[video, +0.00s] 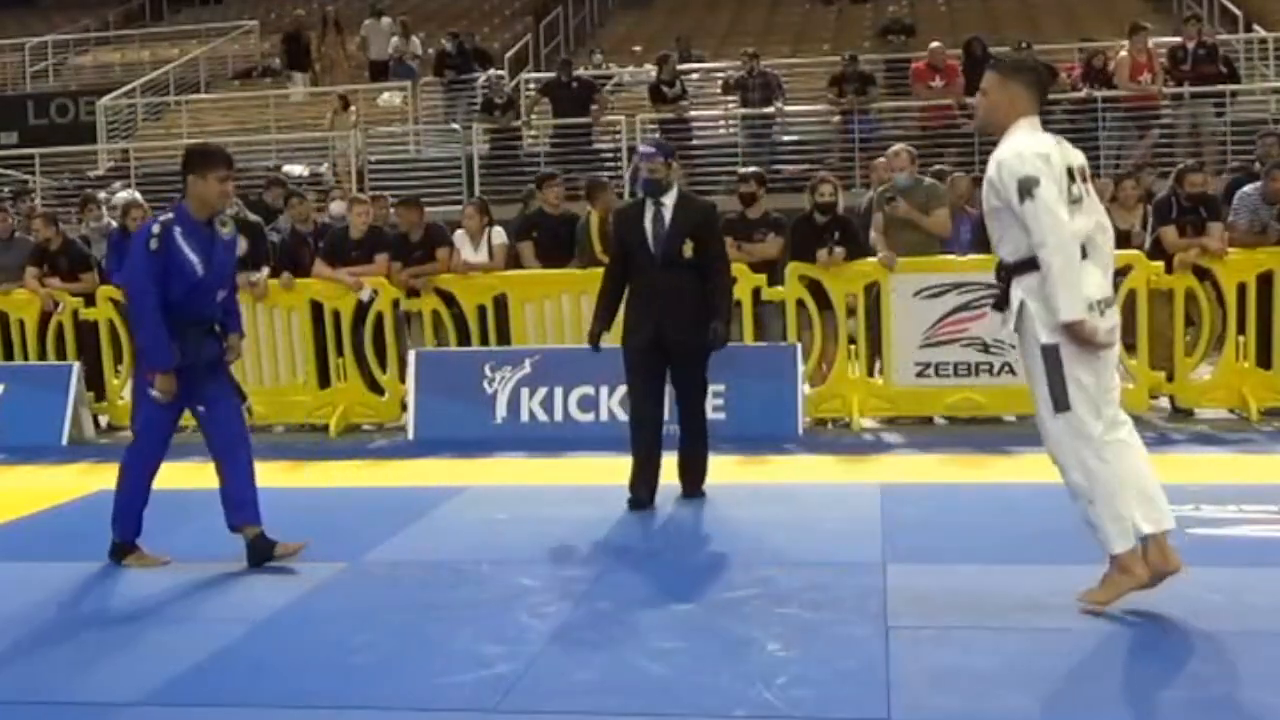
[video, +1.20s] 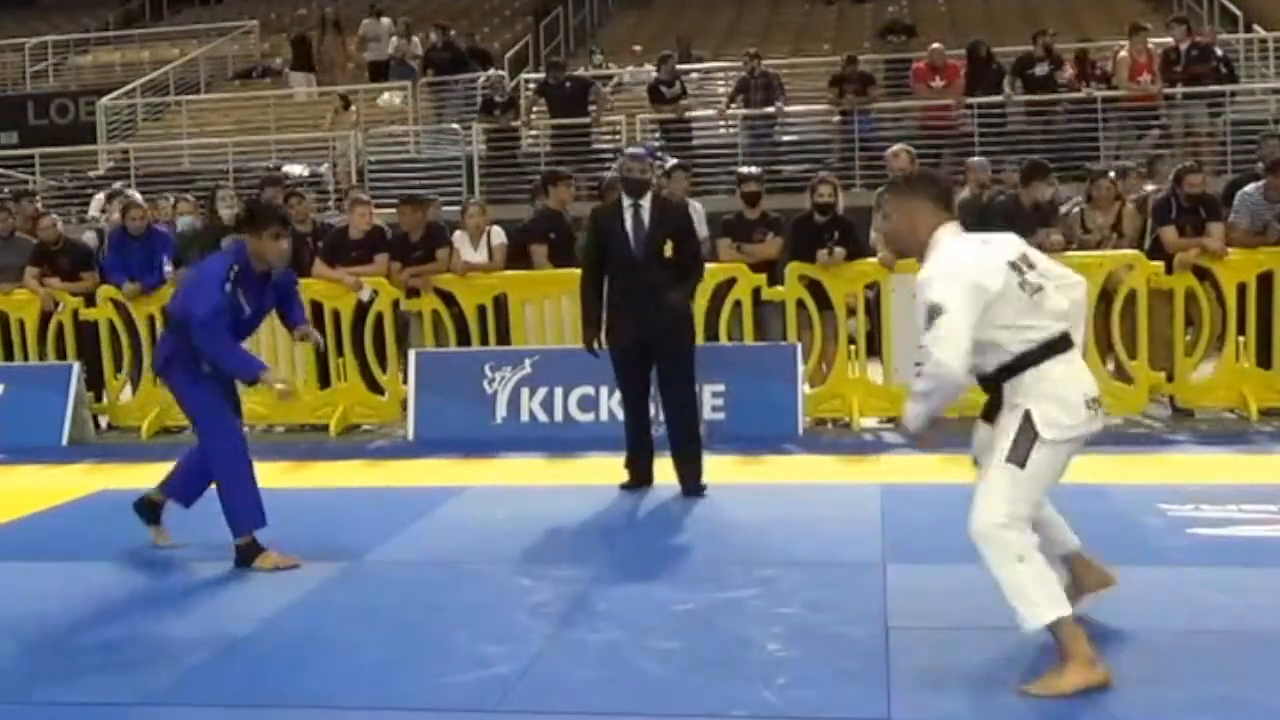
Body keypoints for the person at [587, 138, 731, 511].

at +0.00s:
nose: (646, 171)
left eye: (653, 165)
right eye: (642, 165)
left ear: (671, 168)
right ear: (636, 170)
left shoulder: (700, 212)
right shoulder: (625, 216)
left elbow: (717, 271)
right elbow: (616, 273)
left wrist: (720, 319)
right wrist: (600, 322)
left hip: (689, 328)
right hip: (641, 328)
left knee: (691, 411)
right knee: (643, 413)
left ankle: (692, 485)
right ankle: (641, 492)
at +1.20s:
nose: (636, 175)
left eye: (643, 169)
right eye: (630, 168)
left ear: (654, 173)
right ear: (619, 172)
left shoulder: (674, 210)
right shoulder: (602, 216)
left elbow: (693, 261)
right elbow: (592, 273)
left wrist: (679, 296)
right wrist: (591, 323)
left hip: (670, 318)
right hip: (625, 321)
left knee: (680, 399)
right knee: (633, 402)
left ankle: (690, 477)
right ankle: (638, 473)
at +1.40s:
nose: (645, 175)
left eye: (652, 169)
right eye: (639, 168)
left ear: (662, 174)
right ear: (626, 170)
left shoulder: (675, 209)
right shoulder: (604, 215)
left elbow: (698, 259)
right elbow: (593, 273)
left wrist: (676, 238)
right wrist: (593, 325)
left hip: (673, 317)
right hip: (627, 320)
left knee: (685, 398)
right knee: (635, 401)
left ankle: (697, 475)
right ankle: (639, 473)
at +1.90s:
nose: (685, 180)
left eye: (692, 173)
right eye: (679, 173)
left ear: (701, 175)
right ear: (666, 172)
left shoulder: (711, 209)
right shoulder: (643, 210)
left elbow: (727, 250)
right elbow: (625, 265)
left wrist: (699, 207)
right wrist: (624, 316)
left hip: (703, 306)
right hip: (653, 308)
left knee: (703, 393)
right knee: (647, 390)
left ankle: (699, 467)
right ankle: (642, 461)